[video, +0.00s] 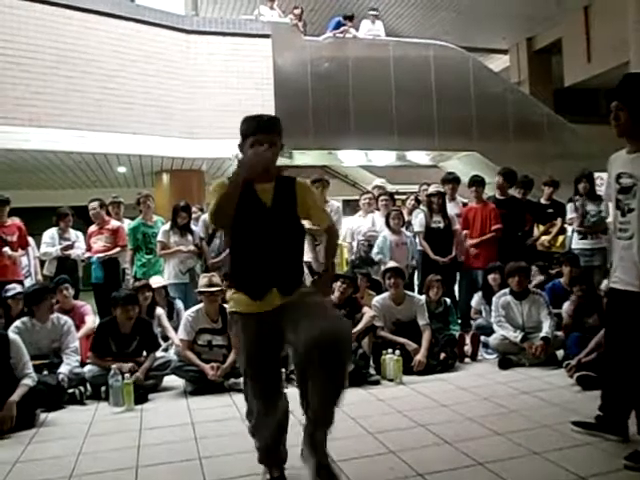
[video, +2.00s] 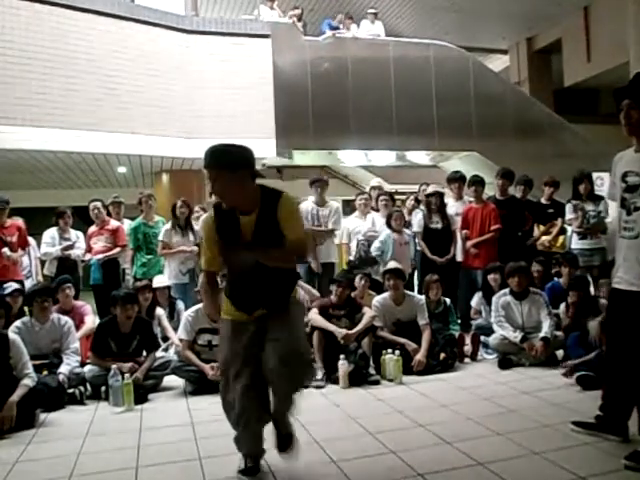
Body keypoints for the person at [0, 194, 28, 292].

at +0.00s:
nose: (2, 212)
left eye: (4, 209)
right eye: (1, 209)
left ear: (8, 208)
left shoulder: (17, 225)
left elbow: (25, 247)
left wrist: (16, 254)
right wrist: (6, 253)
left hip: (14, 276)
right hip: (2, 276)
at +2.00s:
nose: (2, 213)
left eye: (4, 210)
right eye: (1, 210)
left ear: (8, 209)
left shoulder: (17, 225)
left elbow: (23, 247)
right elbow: (3, 248)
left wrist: (17, 255)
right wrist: (7, 254)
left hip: (14, 275)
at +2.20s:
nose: (3, 217)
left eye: (4, 214)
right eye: (1, 214)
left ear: (7, 211)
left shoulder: (17, 226)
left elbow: (23, 248)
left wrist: (15, 256)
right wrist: (7, 254)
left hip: (14, 276)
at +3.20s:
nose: (2, 212)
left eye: (4, 208)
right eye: (1, 209)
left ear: (8, 210)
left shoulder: (17, 227)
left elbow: (25, 248)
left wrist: (15, 255)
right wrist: (9, 254)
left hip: (14, 275)